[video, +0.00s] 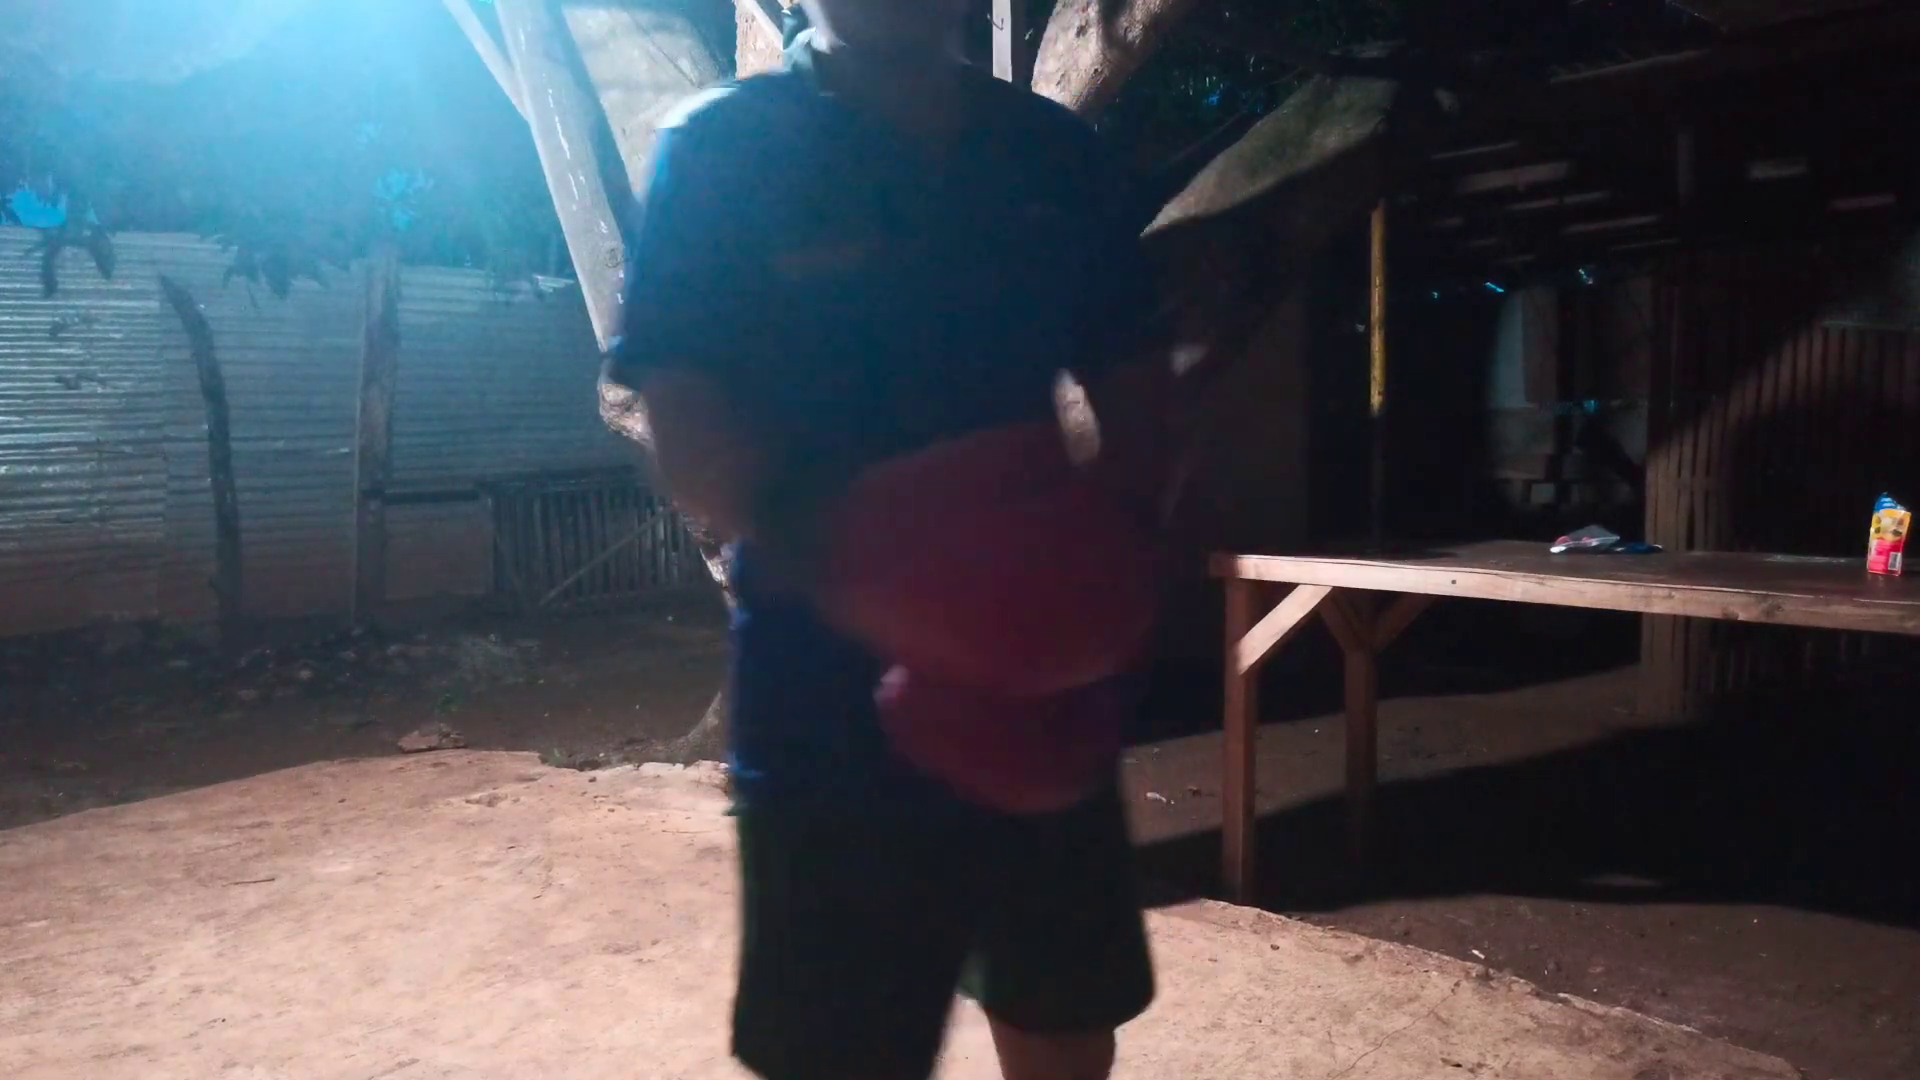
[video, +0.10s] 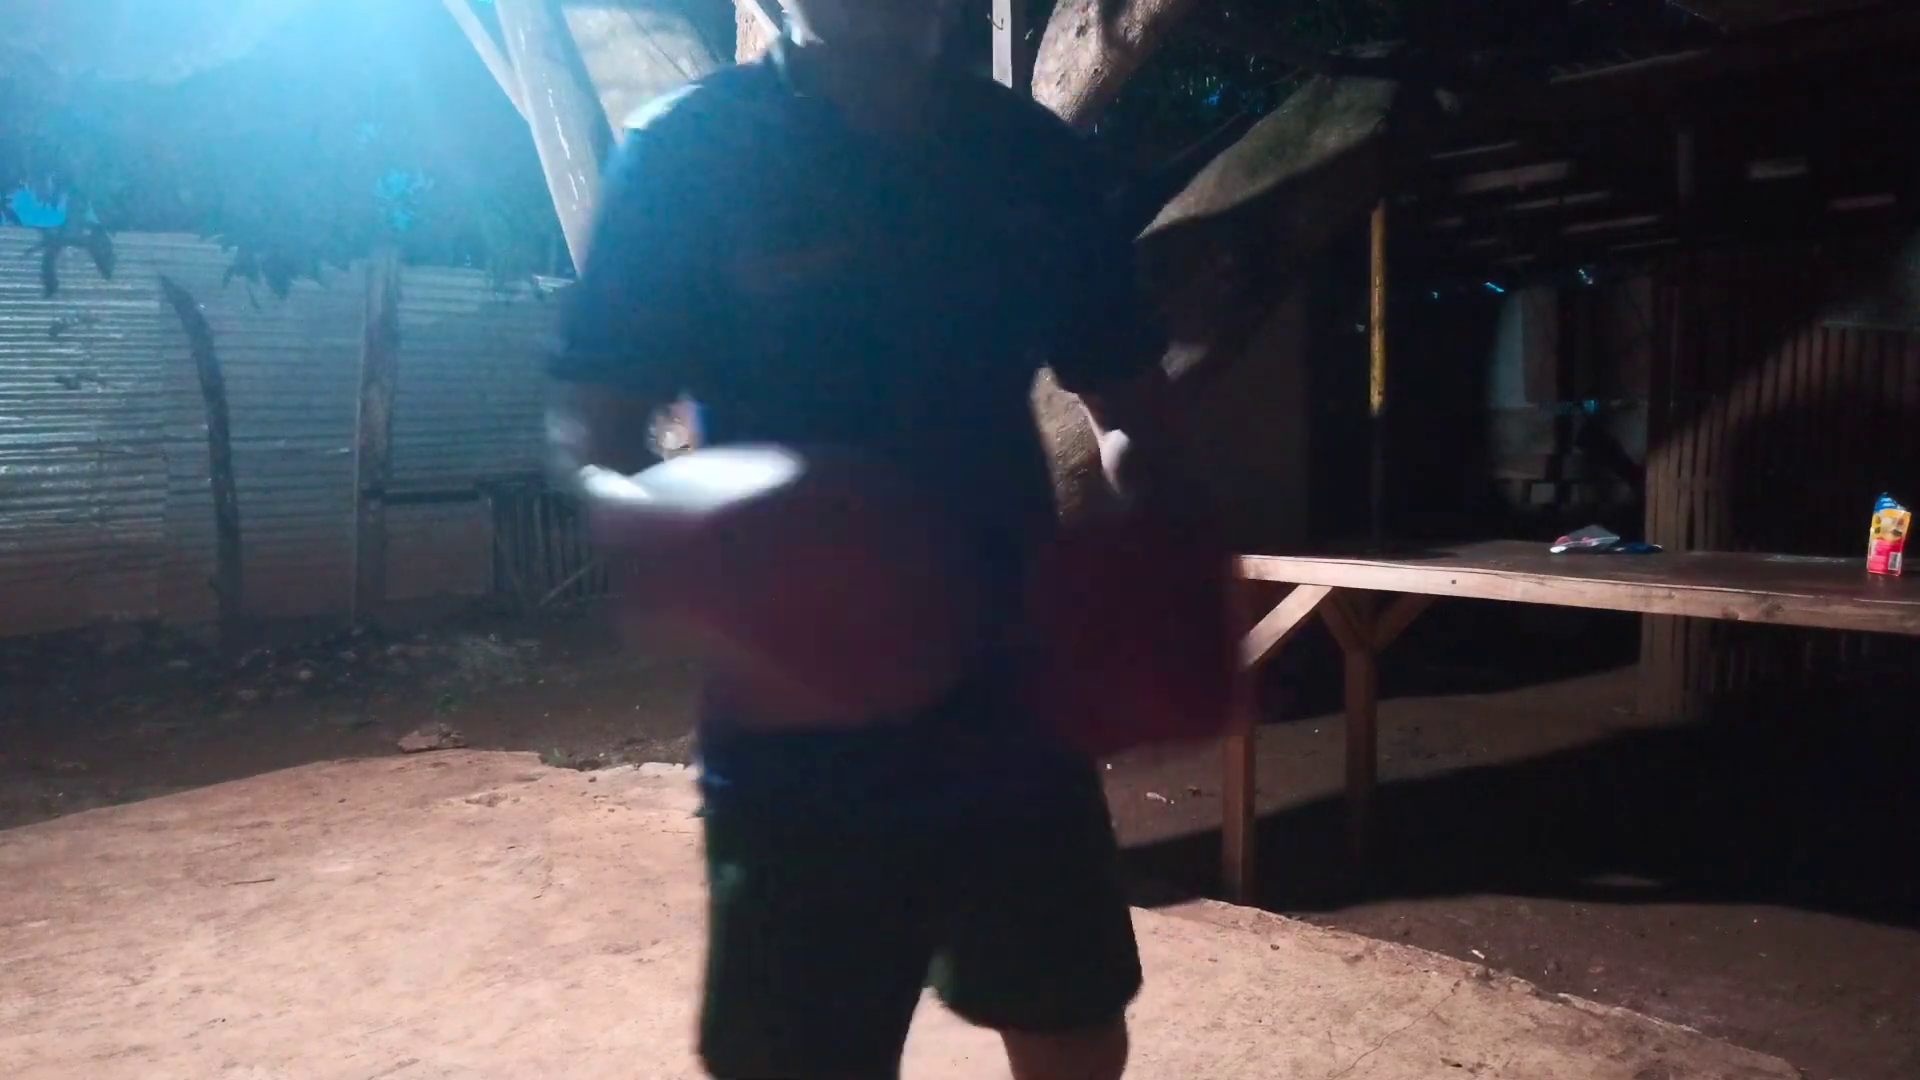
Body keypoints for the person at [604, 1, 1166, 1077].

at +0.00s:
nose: (907, 2)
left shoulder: (1056, 148)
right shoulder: (728, 144)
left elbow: (1141, 401)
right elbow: (689, 441)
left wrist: (1087, 572)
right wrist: (905, 586)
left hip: (1040, 681)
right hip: (828, 693)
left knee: (1067, 1034)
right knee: (837, 1053)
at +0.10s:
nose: (894, 7)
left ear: (956, 3)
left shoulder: (1036, 152)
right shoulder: (688, 151)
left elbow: (1137, 404)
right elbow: (590, 425)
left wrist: (1158, 567)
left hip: (1007, 680)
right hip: (789, 695)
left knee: (1077, 1042)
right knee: (795, 1062)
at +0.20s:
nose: (882, 7)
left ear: (941, 3)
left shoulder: (1014, 145)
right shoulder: (671, 140)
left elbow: (1125, 381)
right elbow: (530, 384)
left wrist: (1230, 461)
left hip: (991, 685)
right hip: (779, 703)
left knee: (1087, 1049)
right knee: (771, 1065)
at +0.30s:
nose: (884, 11)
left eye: (908, 2)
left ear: (938, 11)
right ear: (770, 3)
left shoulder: (1008, 148)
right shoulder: (660, 139)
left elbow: (1147, 371)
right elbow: (467, 359)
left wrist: (1326, 357)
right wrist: (308, 391)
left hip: (992, 711)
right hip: (770, 729)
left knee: (1077, 1039)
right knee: (760, 1064)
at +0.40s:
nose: (859, 16)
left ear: (926, 3)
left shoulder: (1009, 161)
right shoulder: (643, 152)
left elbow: (1163, 388)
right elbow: (480, 383)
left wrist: (1362, 324)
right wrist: (281, 392)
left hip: (995, 732)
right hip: (769, 751)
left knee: (1060, 1049)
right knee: (750, 1073)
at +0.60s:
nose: (867, 16)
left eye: (894, 3)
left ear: (935, 10)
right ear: (765, 4)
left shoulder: (1015, 149)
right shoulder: (669, 154)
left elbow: (1186, 360)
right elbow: (513, 368)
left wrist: (1109, 354)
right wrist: (591, 404)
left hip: (994, 703)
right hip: (780, 723)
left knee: (1069, 1037)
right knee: (800, 1060)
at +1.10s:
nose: (957, 55)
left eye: (988, 28)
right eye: (927, 27)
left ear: (1031, 53)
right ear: (873, 52)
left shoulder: (1094, 215)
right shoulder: (807, 216)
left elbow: (1236, 390)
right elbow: (654, 411)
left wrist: (1125, 385)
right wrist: (770, 358)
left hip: (1042, 664)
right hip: (868, 668)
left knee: (1036, 952)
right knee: (857, 1010)